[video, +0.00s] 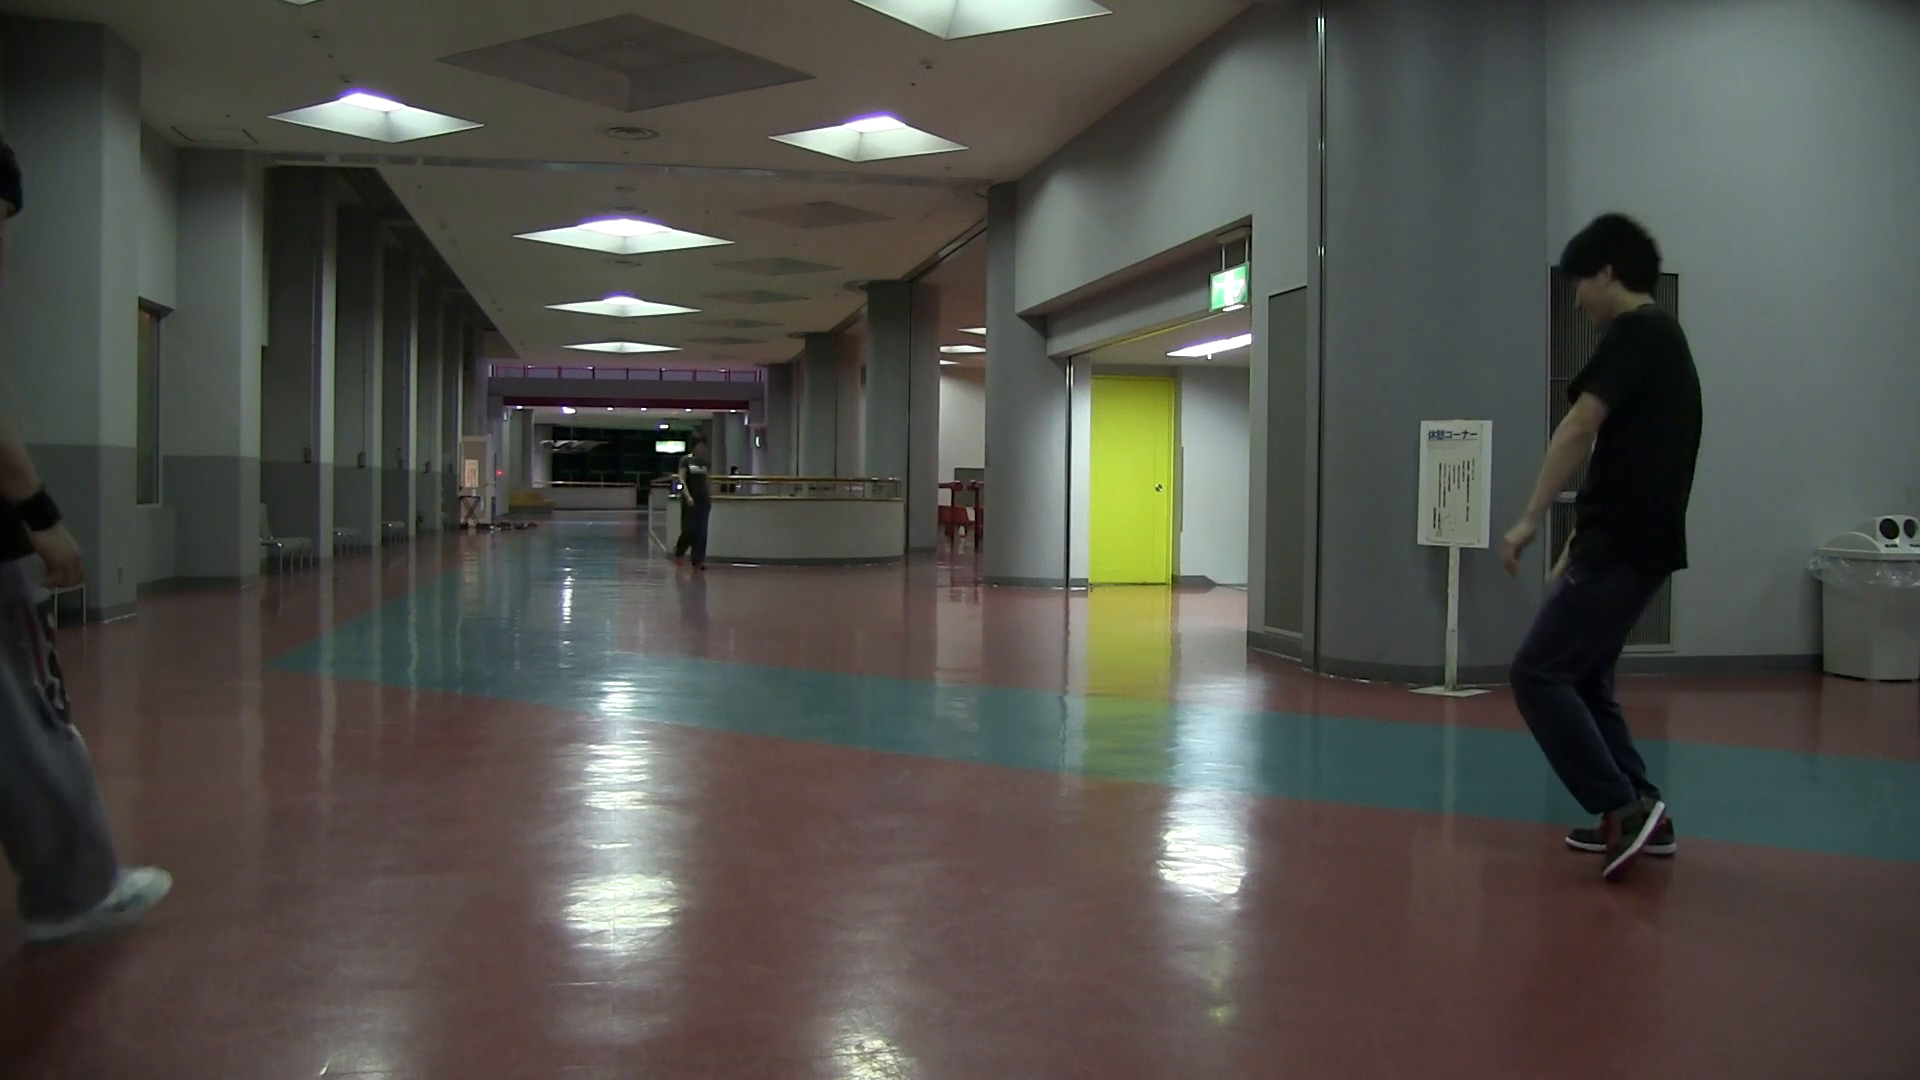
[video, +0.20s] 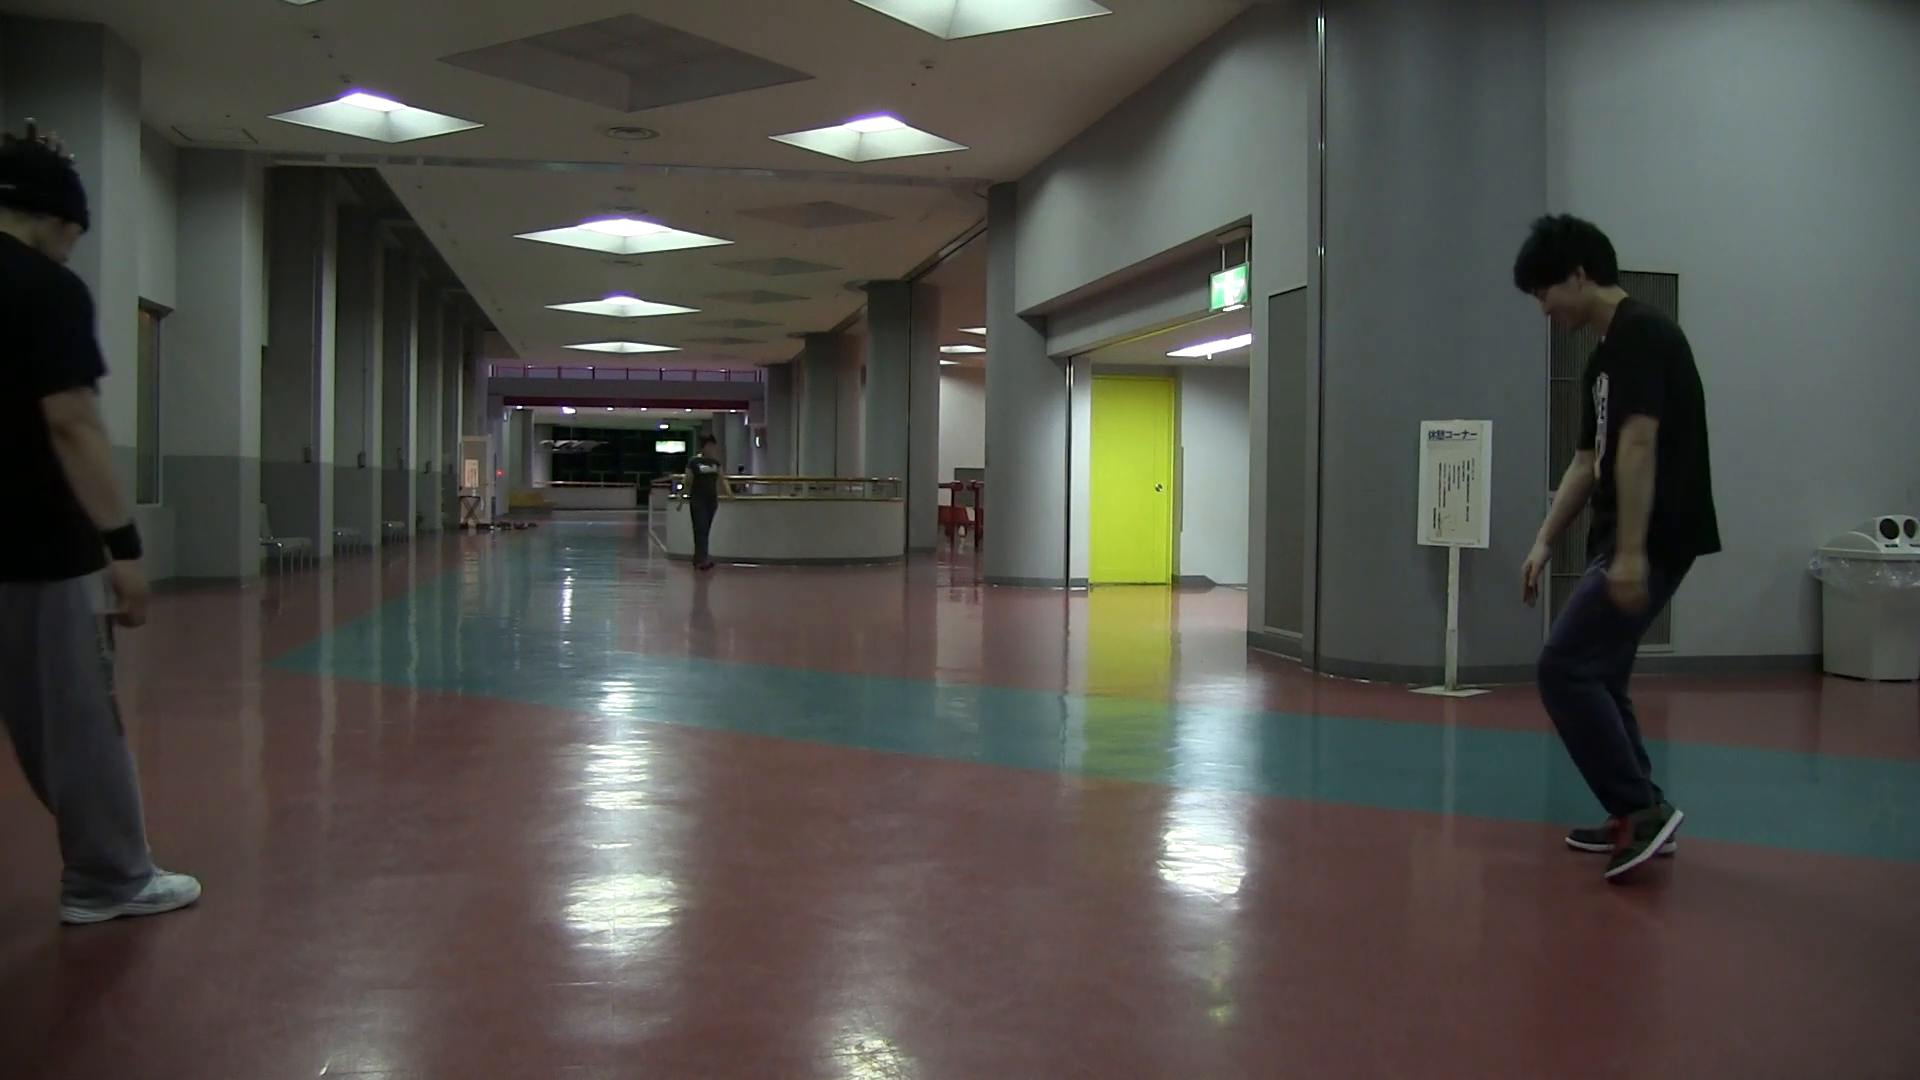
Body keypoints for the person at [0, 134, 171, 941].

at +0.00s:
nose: (6, 236)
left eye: (8, 219)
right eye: (6, 219)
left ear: (8, 214)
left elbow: (3, 438)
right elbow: (0, 436)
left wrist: (39, 519)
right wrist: (42, 519)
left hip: (6, 552)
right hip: (3, 555)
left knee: (25, 707)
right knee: (24, 707)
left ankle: (68, 881)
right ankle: (68, 885)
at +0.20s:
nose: (74, 245)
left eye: (75, 231)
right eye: (73, 230)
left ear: (8, 208)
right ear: (55, 219)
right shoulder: (45, 286)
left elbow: (69, 425)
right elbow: (69, 421)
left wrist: (112, 544)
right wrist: (123, 546)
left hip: (20, 542)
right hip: (32, 546)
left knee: (58, 709)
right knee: (69, 709)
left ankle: (103, 869)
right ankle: (109, 875)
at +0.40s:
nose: (141, 251)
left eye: (144, 238)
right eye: (143, 236)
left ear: (61, 203)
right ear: (127, 222)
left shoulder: (9, 257)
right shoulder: (130, 293)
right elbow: (171, 427)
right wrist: (221, 540)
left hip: (15, 529)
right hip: (106, 533)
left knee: (8, 699)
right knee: (119, 709)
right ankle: (109, 879)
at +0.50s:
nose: (170, 254)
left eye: (171, 241)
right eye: (171, 240)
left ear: (89, 211)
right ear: (157, 228)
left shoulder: (31, 264)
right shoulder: (165, 298)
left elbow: (43, 236)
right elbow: (209, 431)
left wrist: (94, 179)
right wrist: (266, 524)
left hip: (37, 514)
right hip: (136, 527)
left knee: (22, 691)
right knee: (131, 702)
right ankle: (109, 879)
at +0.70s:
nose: (217, 265)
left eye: (218, 254)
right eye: (219, 253)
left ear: (146, 219)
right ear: (207, 241)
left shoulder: (83, 276)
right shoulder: (203, 301)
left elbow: (116, 256)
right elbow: (244, 421)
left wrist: (135, 211)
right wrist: (335, 450)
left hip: (89, 513)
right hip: (171, 524)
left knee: (99, 685)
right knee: (152, 697)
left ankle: (127, 824)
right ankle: (109, 881)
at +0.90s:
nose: (257, 283)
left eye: (259, 270)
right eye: (259, 270)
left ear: (192, 238)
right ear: (244, 256)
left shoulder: (134, 291)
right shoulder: (231, 312)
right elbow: (288, 423)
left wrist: (193, 231)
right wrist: (386, 414)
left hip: (145, 519)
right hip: (210, 529)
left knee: (188, 689)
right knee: (176, 700)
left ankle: (247, 816)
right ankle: (108, 878)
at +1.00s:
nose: (276, 288)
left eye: (280, 274)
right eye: (278, 272)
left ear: (212, 244)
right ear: (257, 258)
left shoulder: (160, 300)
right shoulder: (240, 313)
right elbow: (290, 416)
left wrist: (212, 242)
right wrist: (390, 413)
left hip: (184, 522)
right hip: (236, 528)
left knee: (223, 682)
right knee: (207, 691)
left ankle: (257, 824)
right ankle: (119, 862)